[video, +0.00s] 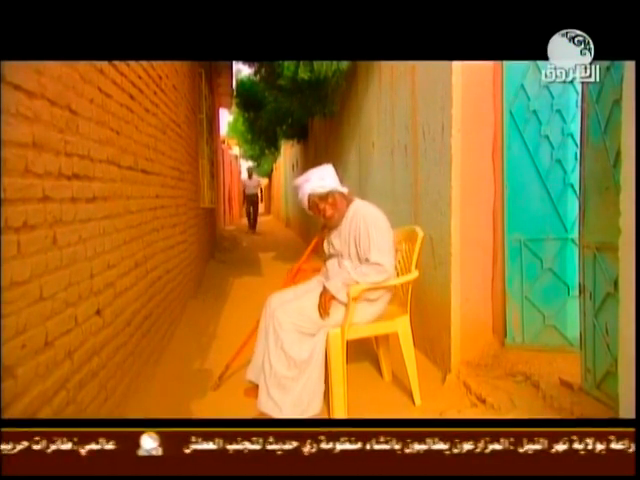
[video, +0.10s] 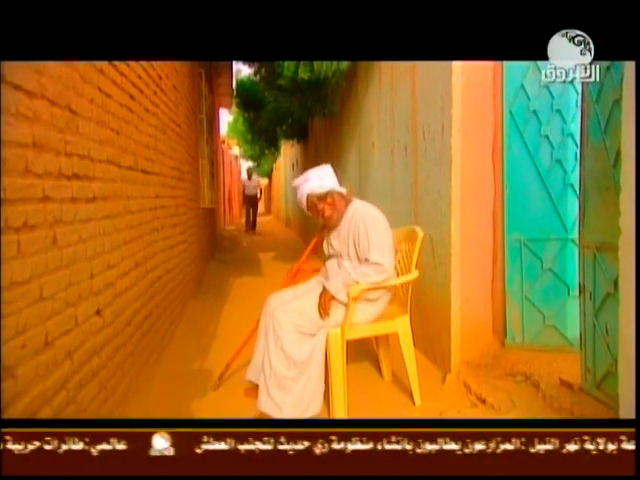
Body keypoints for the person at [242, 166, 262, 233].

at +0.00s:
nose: (250, 173)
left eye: (251, 171)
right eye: (248, 171)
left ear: (252, 172)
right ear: (247, 172)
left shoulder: (257, 180)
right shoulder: (245, 181)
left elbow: (261, 189)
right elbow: (243, 190)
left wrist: (261, 197)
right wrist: (243, 199)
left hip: (255, 195)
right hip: (248, 195)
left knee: (255, 212)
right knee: (248, 211)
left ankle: (254, 226)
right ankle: (250, 224)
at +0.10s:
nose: (249, 174)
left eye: (250, 172)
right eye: (248, 172)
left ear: (252, 173)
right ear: (247, 173)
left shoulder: (256, 181)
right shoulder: (245, 181)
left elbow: (260, 189)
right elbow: (243, 190)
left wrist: (260, 197)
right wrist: (243, 199)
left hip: (254, 196)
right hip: (247, 196)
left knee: (254, 213)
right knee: (247, 213)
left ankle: (253, 227)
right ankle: (247, 227)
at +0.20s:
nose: (249, 175)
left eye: (250, 173)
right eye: (248, 173)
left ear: (252, 173)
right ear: (246, 173)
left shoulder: (256, 181)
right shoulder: (244, 182)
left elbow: (260, 189)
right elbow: (242, 191)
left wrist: (259, 197)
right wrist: (242, 200)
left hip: (254, 197)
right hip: (247, 197)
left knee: (254, 214)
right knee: (247, 214)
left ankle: (254, 228)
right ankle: (247, 228)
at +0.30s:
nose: (248, 175)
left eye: (249, 173)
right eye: (246, 173)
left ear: (251, 173)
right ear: (245, 174)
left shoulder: (255, 181)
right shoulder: (243, 182)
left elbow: (259, 189)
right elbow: (241, 191)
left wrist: (258, 197)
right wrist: (241, 201)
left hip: (253, 197)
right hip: (246, 197)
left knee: (254, 214)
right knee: (247, 214)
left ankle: (254, 228)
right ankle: (247, 229)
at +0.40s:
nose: (247, 174)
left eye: (248, 172)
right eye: (246, 172)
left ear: (250, 173)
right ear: (245, 173)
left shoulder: (254, 180)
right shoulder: (242, 181)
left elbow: (259, 188)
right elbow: (241, 191)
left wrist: (258, 197)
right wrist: (240, 200)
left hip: (252, 196)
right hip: (245, 196)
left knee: (253, 213)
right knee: (246, 214)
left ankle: (254, 227)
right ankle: (247, 229)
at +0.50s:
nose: (247, 173)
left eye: (248, 171)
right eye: (246, 171)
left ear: (249, 172)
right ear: (244, 172)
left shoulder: (254, 179)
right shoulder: (241, 180)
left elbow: (258, 187)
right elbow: (240, 190)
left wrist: (259, 197)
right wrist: (239, 199)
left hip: (252, 194)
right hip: (245, 194)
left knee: (252, 211)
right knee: (246, 212)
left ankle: (253, 225)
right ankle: (247, 227)